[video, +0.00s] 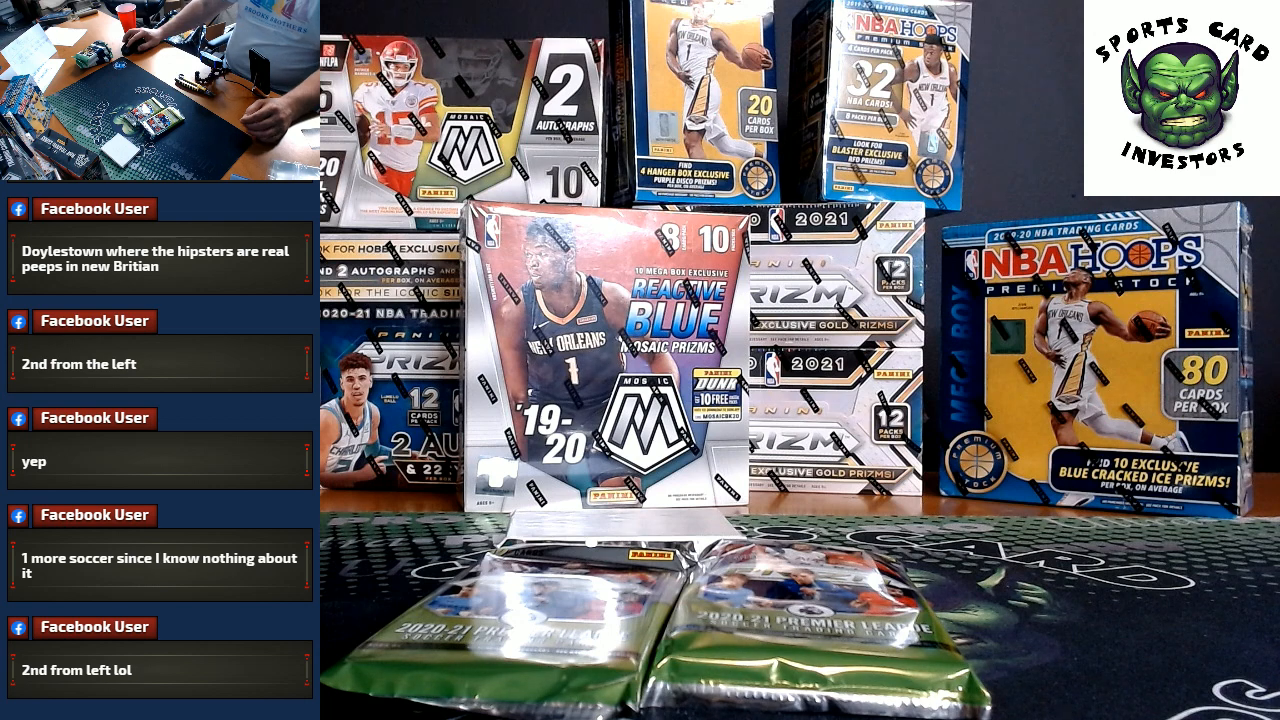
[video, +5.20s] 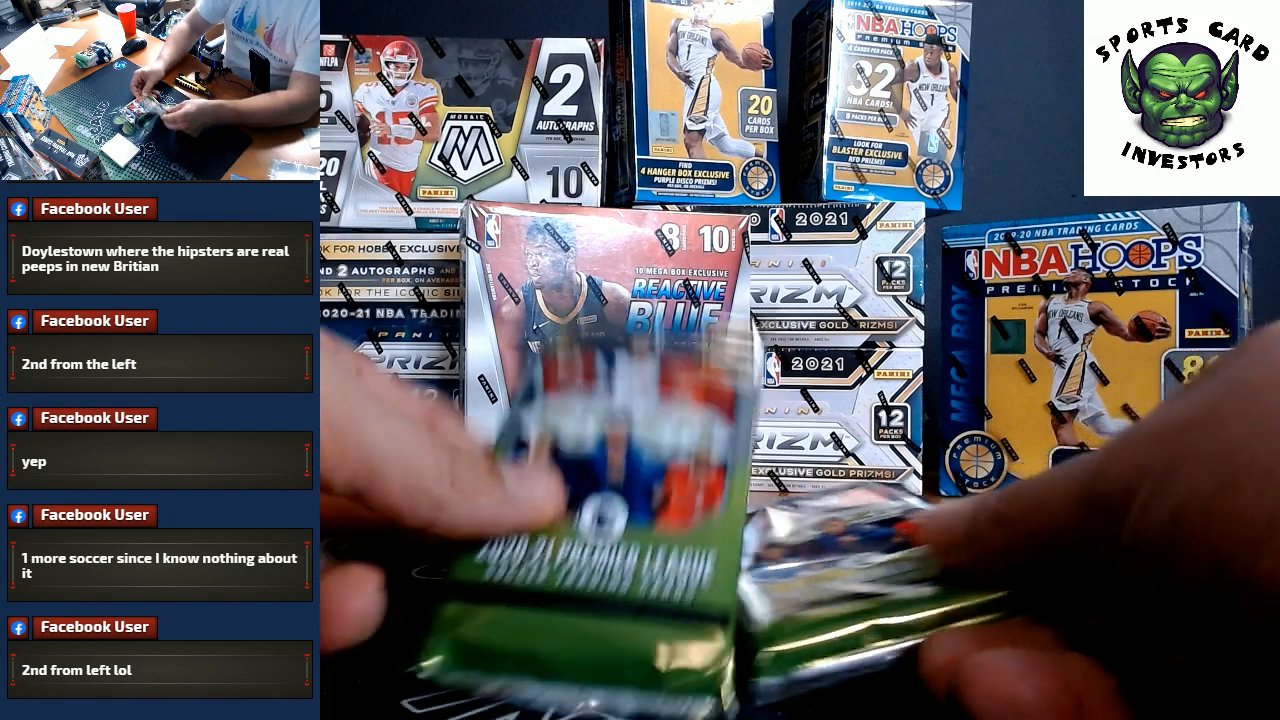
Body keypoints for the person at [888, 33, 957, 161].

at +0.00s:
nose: (929, 52)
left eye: (933, 48)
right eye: (926, 47)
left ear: (941, 51)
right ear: (923, 49)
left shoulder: (949, 71)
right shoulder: (913, 69)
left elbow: (956, 94)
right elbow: (886, 83)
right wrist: (900, 111)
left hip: (940, 117)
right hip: (918, 119)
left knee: (940, 155)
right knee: (923, 155)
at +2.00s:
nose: (928, 52)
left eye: (933, 49)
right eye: (926, 48)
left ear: (941, 52)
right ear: (923, 49)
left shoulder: (949, 71)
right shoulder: (913, 69)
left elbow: (955, 93)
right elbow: (886, 83)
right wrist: (900, 111)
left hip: (940, 117)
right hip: (918, 119)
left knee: (939, 155)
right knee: (923, 155)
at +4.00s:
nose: (928, 53)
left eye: (933, 50)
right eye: (926, 48)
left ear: (941, 52)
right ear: (923, 49)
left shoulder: (949, 70)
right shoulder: (913, 69)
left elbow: (955, 93)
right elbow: (886, 83)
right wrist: (900, 111)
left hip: (940, 117)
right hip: (918, 119)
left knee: (940, 155)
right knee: (923, 155)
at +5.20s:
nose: (928, 55)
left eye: (932, 52)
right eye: (926, 51)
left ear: (941, 52)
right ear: (923, 50)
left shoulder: (949, 70)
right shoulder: (913, 68)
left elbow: (955, 92)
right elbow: (888, 83)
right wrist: (900, 111)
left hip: (940, 117)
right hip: (918, 118)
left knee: (940, 153)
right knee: (924, 153)